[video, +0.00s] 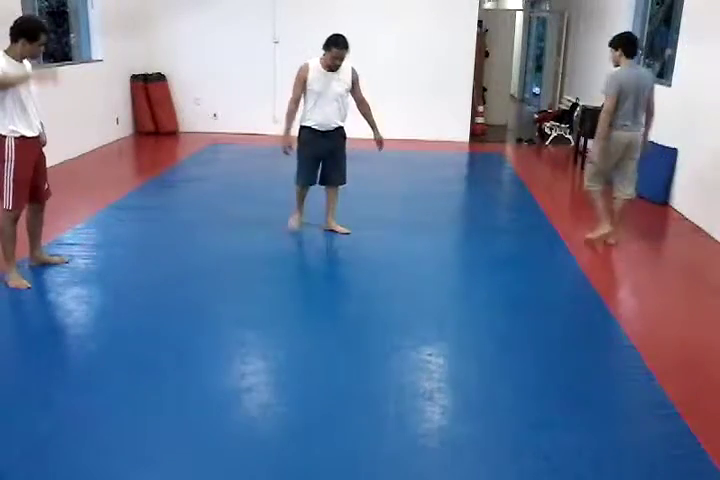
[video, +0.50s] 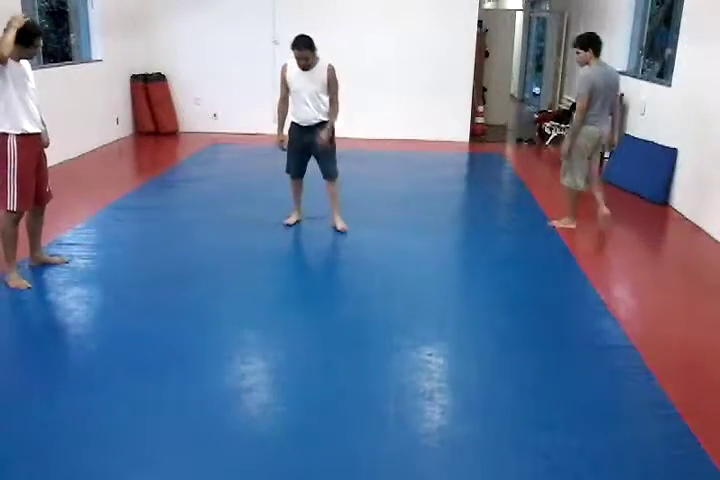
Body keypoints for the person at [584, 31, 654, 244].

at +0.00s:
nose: (611, 55)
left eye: (612, 51)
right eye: (611, 51)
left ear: (620, 52)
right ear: (632, 52)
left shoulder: (616, 77)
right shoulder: (647, 76)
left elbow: (607, 112)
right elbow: (650, 111)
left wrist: (597, 142)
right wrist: (645, 136)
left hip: (615, 134)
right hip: (636, 135)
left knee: (594, 176)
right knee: (624, 185)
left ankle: (604, 223)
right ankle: (613, 231)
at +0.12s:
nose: (601, 57)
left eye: (603, 52)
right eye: (601, 53)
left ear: (614, 52)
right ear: (622, 52)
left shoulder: (610, 75)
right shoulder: (638, 76)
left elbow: (603, 110)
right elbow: (642, 108)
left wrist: (591, 141)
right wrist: (634, 125)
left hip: (609, 132)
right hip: (629, 133)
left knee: (587, 175)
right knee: (619, 183)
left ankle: (578, 220)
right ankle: (612, 230)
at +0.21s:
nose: (595, 59)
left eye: (596, 54)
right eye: (594, 55)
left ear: (607, 53)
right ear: (615, 54)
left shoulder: (605, 77)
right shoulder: (632, 76)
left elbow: (598, 111)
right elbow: (636, 107)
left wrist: (587, 142)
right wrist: (628, 125)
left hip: (604, 132)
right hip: (623, 133)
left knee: (584, 173)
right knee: (616, 183)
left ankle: (572, 216)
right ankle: (611, 230)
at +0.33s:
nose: (586, 59)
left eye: (588, 55)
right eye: (585, 55)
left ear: (598, 54)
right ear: (603, 54)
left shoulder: (596, 77)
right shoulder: (623, 75)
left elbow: (590, 111)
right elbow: (626, 107)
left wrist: (580, 142)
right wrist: (621, 128)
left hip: (595, 132)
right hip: (615, 132)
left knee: (578, 174)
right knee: (608, 181)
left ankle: (571, 218)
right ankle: (611, 226)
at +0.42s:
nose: (580, 58)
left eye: (582, 54)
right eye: (579, 54)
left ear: (593, 53)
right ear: (597, 53)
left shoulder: (590, 75)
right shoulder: (616, 74)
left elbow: (585, 110)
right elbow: (621, 106)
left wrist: (574, 140)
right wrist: (617, 131)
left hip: (589, 129)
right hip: (608, 131)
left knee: (574, 173)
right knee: (599, 175)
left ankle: (571, 217)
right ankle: (607, 214)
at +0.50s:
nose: (576, 57)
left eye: (578, 53)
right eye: (575, 53)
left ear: (589, 52)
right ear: (593, 52)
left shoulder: (587, 75)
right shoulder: (612, 74)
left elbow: (580, 111)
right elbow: (615, 107)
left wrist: (568, 139)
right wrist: (613, 134)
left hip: (585, 129)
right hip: (602, 129)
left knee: (572, 173)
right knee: (593, 173)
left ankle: (570, 217)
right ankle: (602, 206)